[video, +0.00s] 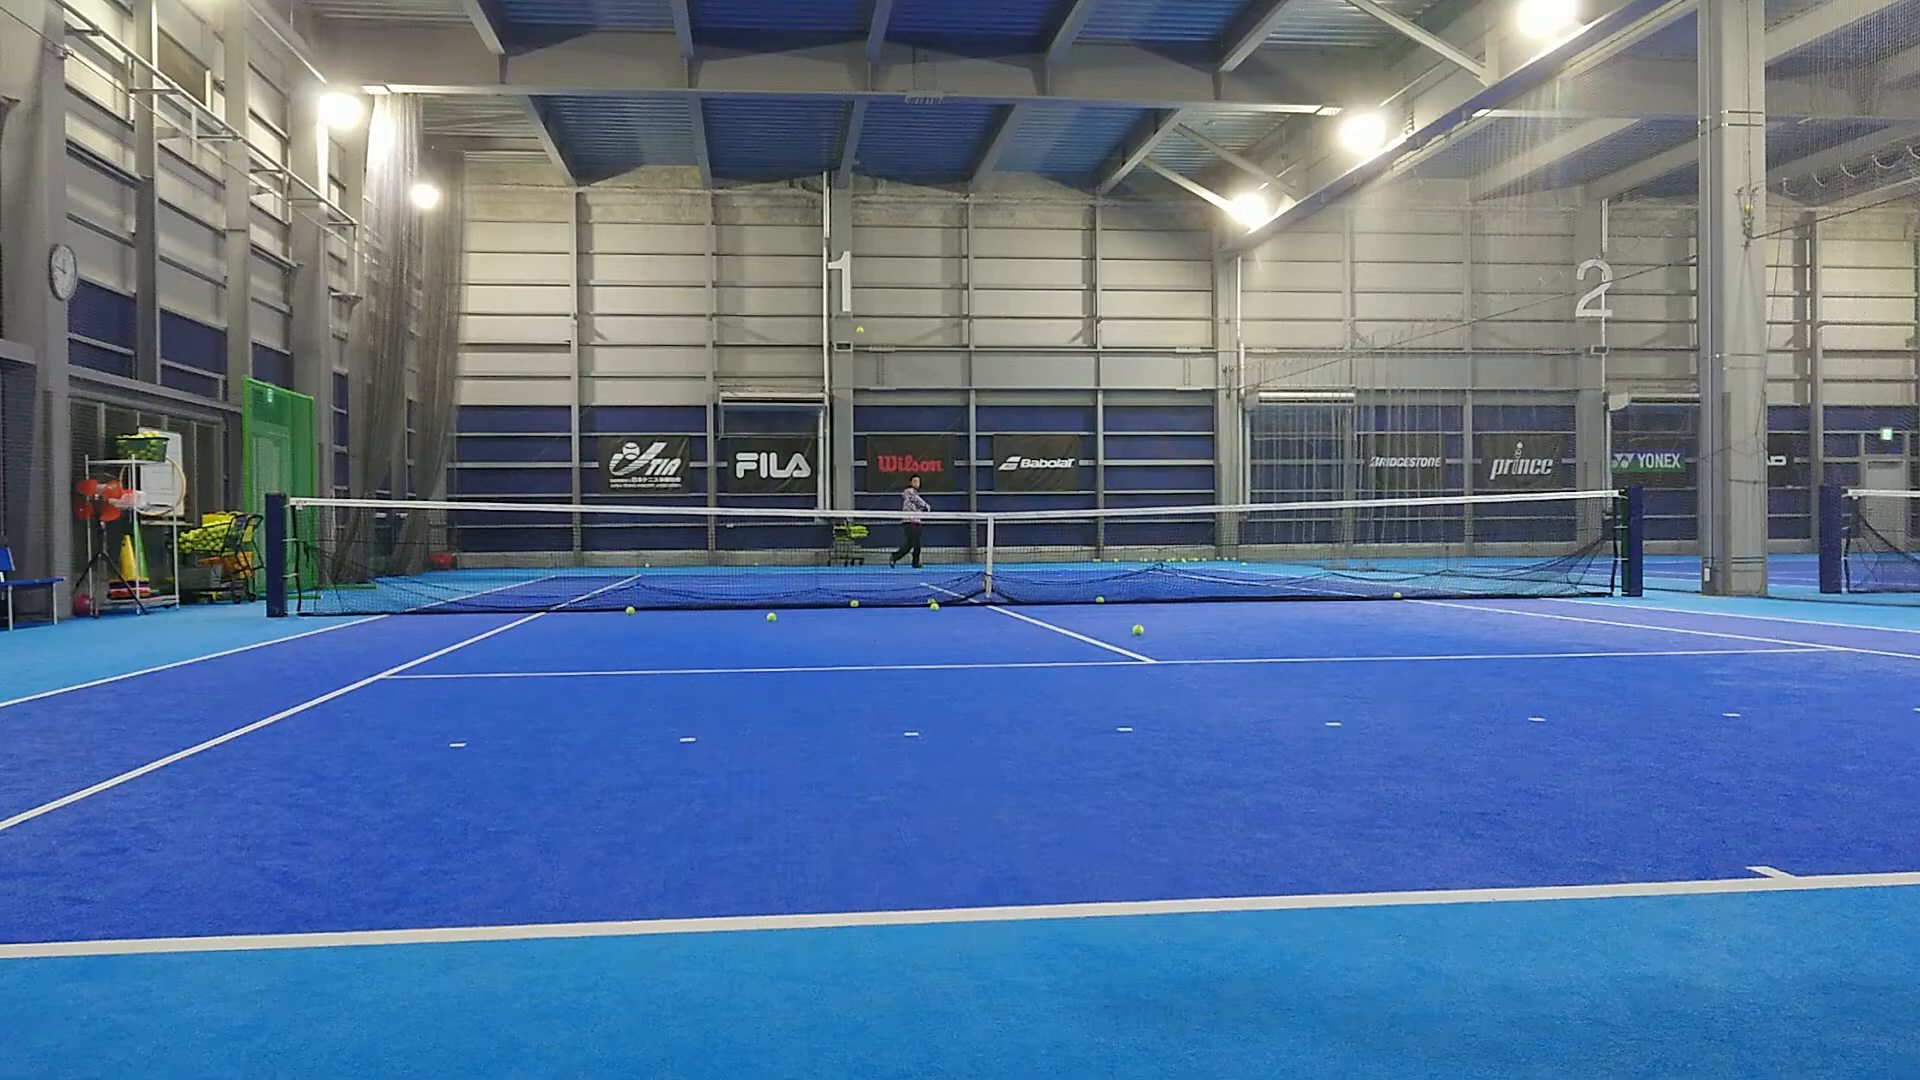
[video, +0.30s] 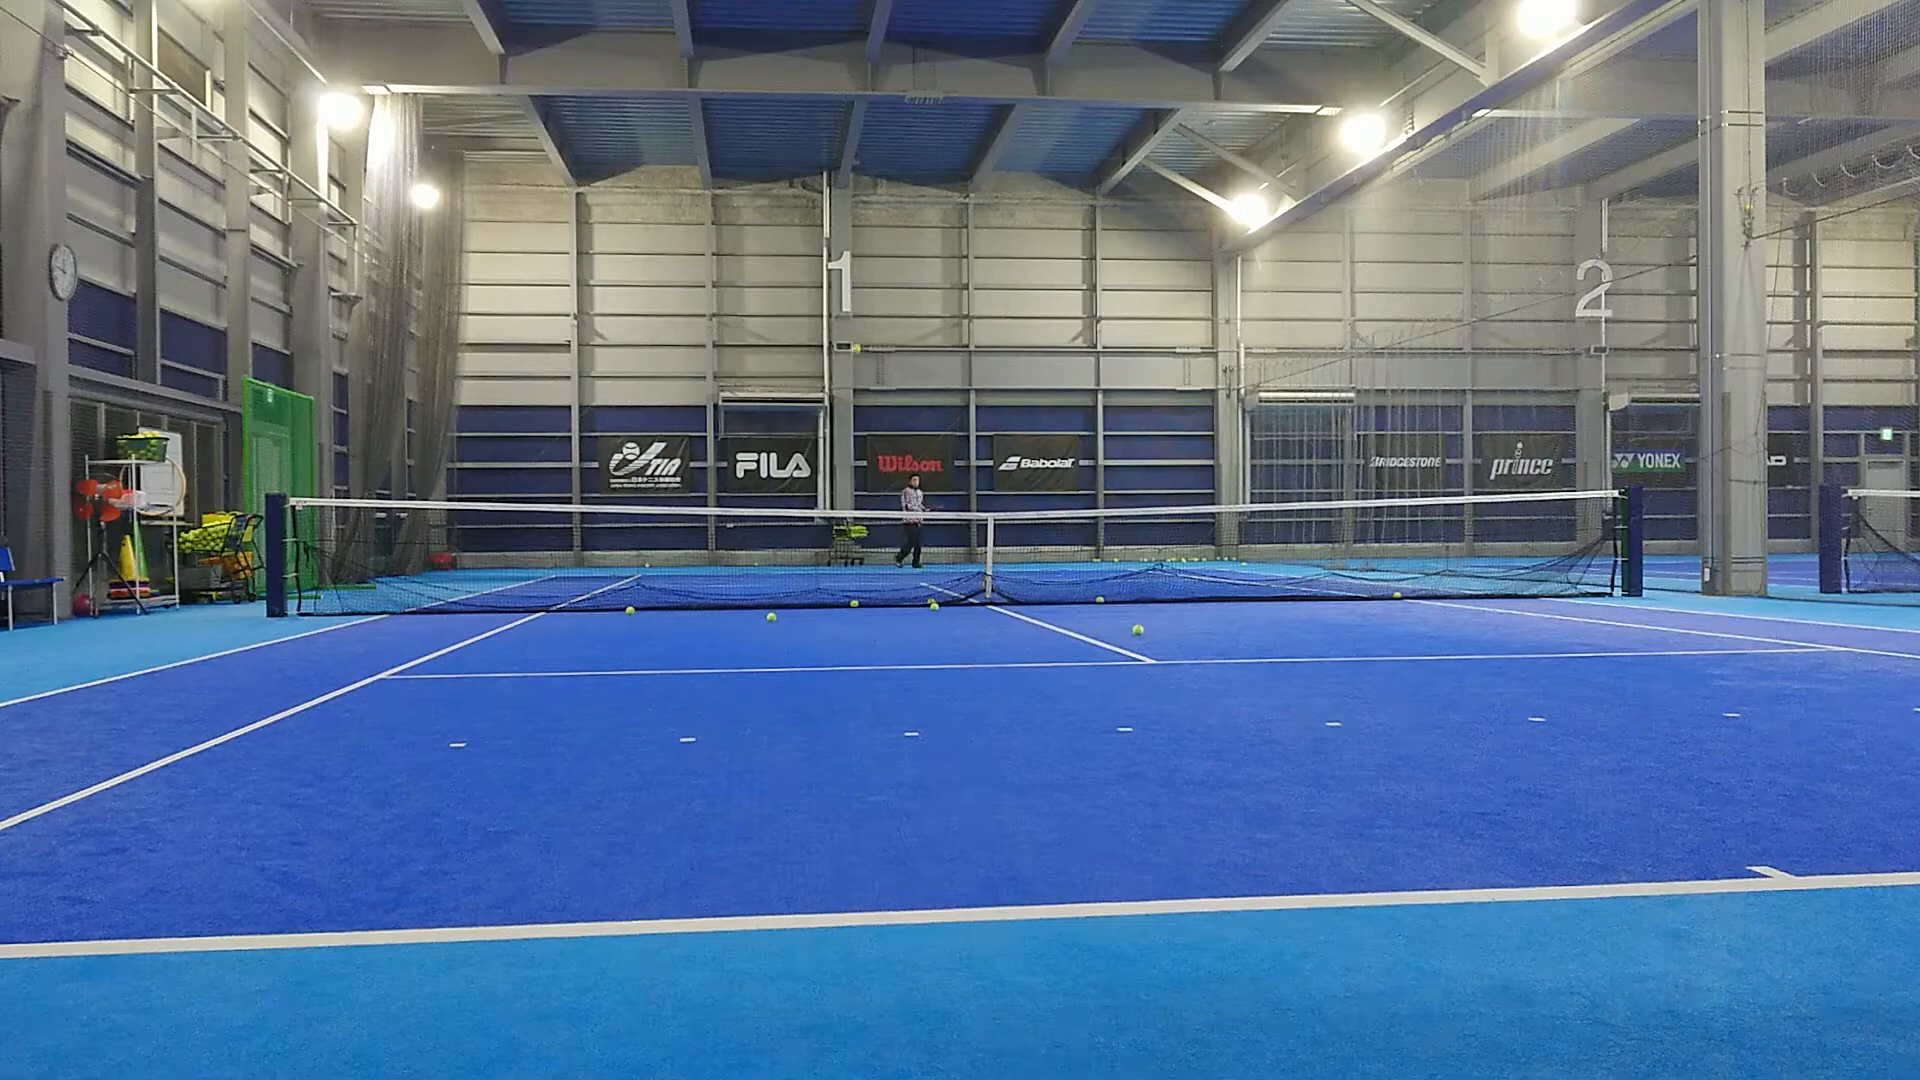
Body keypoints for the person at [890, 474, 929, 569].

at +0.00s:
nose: (917, 483)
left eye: (918, 481)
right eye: (915, 481)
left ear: (919, 483)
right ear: (911, 482)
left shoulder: (914, 493)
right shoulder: (909, 492)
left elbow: (915, 505)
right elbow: (918, 500)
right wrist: (927, 506)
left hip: (916, 520)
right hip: (910, 520)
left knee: (916, 543)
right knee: (912, 542)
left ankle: (916, 562)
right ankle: (895, 556)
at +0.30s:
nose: (915, 482)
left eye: (917, 480)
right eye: (913, 480)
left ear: (919, 481)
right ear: (910, 481)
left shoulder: (920, 492)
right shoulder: (906, 491)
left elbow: (920, 504)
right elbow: (904, 504)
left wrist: (925, 509)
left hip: (918, 519)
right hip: (909, 519)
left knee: (917, 542)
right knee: (911, 541)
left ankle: (916, 561)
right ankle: (899, 558)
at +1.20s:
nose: (908, 482)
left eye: (909, 480)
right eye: (906, 480)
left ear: (912, 481)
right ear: (903, 481)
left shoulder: (917, 493)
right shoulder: (899, 493)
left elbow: (921, 505)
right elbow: (895, 506)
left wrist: (911, 508)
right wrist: (900, 514)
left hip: (914, 521)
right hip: (902, 521)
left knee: (916, 544)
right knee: (900, 544)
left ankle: (917, 562)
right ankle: (900, 562)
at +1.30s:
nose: (906, 482)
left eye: (907, 480)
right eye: (904, 480)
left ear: (911, 481)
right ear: (900, 482)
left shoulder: (916, 492)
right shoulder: (898, 493)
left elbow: (919, 505)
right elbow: (893, 504)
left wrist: (910, 509)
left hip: (914, 521)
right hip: (901, 522)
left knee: (916, 544)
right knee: (900, 545)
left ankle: (917, 562)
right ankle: (899, 563)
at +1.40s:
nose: (904, 482)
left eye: (905, 480)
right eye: (902, 480)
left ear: (908, 481)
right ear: (898, 482)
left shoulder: (914, 492)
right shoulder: (896, 494)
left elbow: (918, 505)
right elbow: (892, 505)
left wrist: (910, 511)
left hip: (913, 522)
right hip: (901, 522)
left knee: (916, 545)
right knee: (899, 545)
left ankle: (916, 562)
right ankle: (899, 563)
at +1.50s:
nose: (902, 482)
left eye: (904, 480)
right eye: (900, 480)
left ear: (907, 482)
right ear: (897, 482)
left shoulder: (912, 492)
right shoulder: (894, 494)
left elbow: (916, 504)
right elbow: (890, 507)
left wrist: (908, 510)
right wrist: (898, 512)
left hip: (912, 522)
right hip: (900, 522)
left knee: (915, 544)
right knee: (899, 545)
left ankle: (916, 562)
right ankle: (898, 563)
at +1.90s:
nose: (907, 484)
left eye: (909, 482)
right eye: (905, 482)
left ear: (911, 483)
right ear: (902, 484)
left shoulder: (916, 495)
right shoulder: (899, 495)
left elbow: (919, 508)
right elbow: (894, 508)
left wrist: (919, 520)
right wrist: (899, 518)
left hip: (914, 523)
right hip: (902, 523)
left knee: (919, 544)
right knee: (900, 545)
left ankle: (926, 561)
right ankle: (898, 563)